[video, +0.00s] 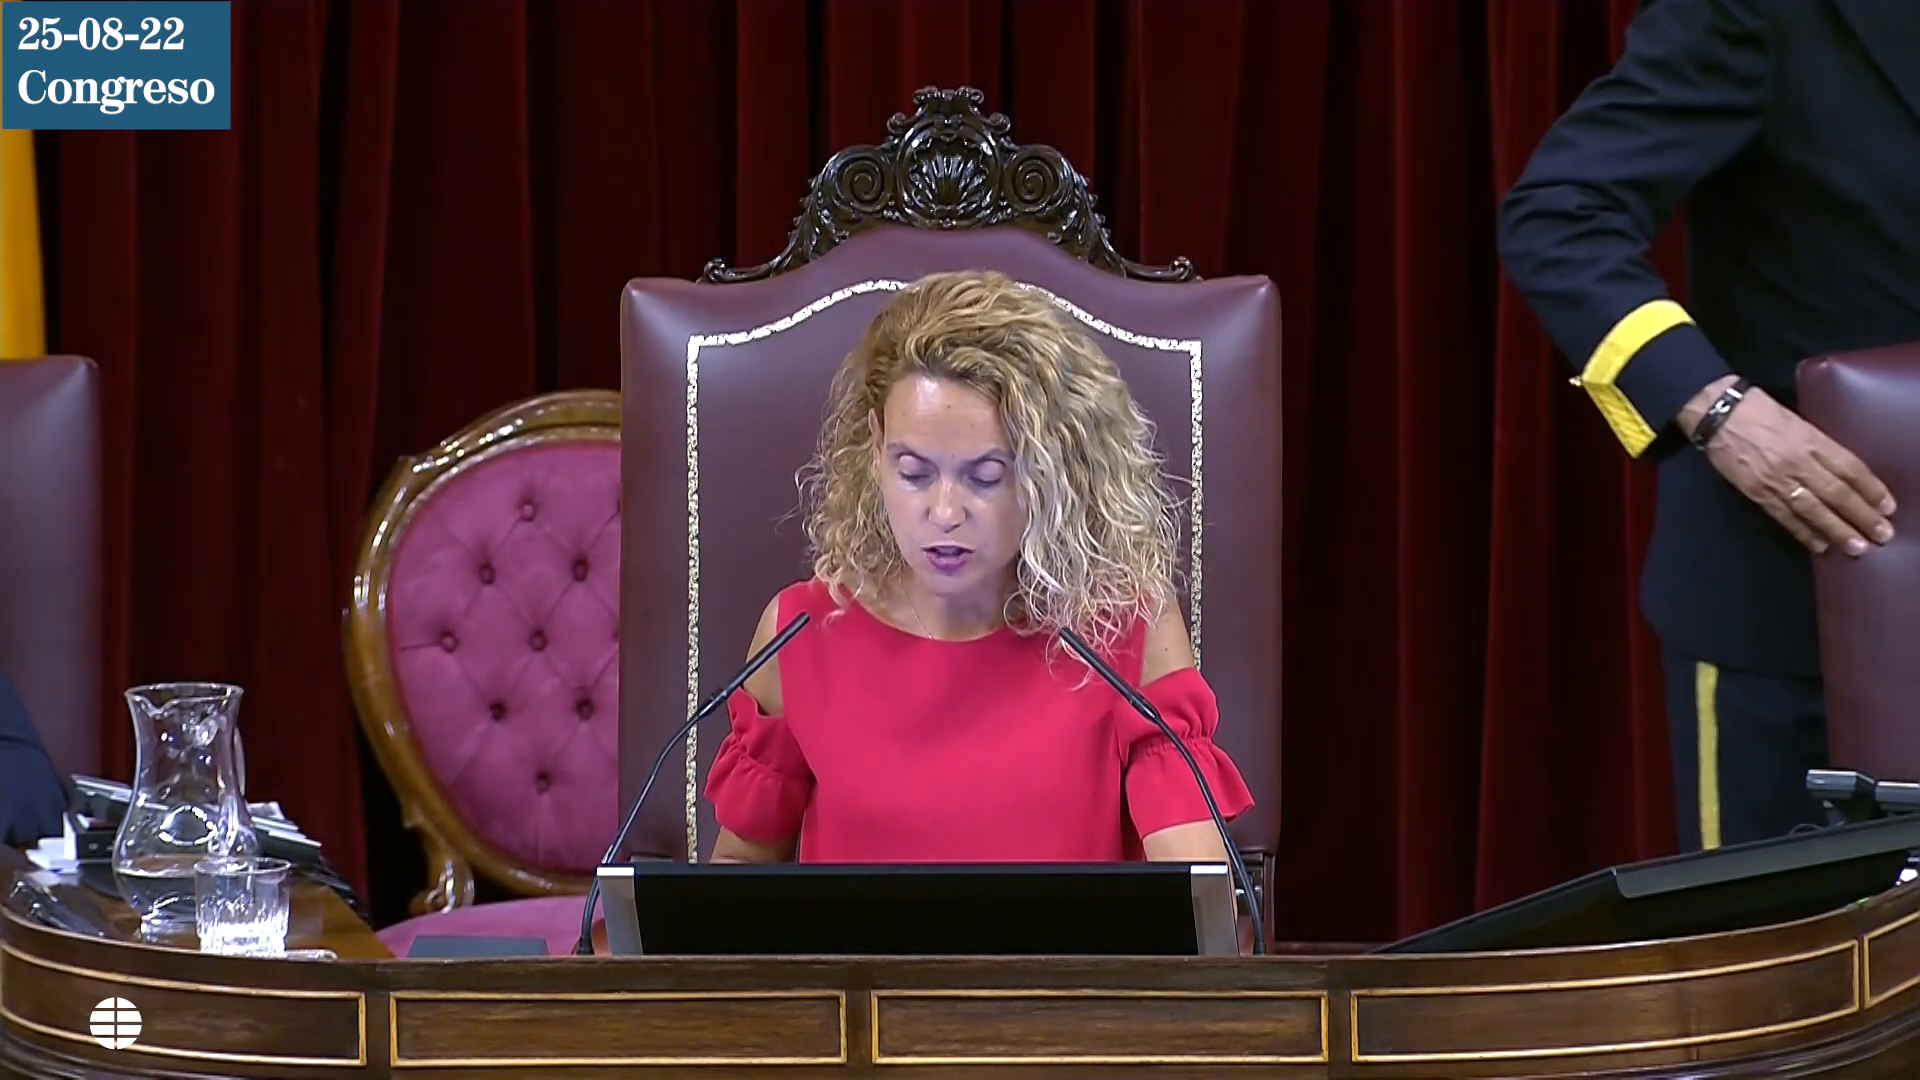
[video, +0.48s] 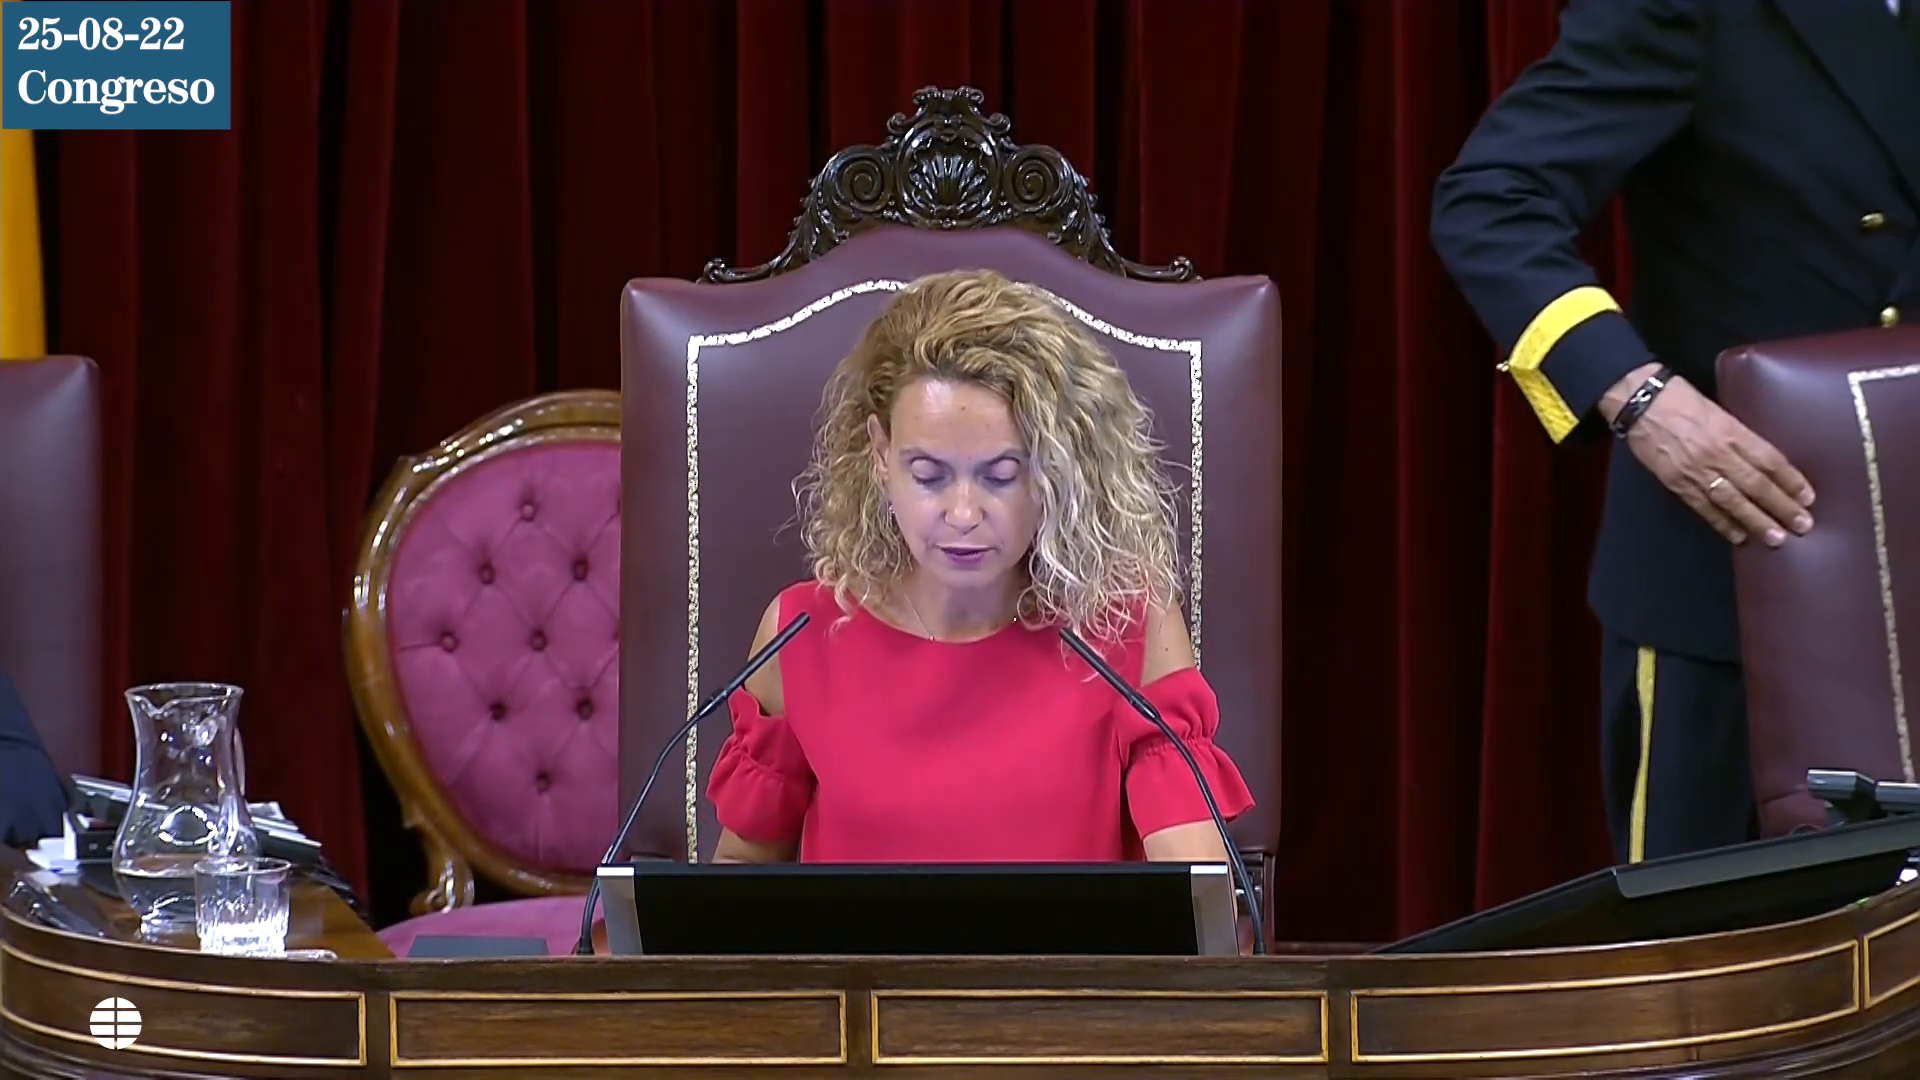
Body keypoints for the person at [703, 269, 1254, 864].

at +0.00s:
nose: (946, 512)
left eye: (985, 474)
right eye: (915, 471)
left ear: (1052, 477)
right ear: (874, 464)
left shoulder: (1124, 621)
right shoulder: (803, 629)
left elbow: (1200, 891)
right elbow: (740, 876)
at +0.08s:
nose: (947, 513)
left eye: (987, 474)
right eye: (917, 471)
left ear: (1054, 474)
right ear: (874, 460)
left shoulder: (1125, 621)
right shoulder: (803, 629)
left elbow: (1199, 891)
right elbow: (740, 877)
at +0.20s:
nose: (956, 513)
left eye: (994, 474)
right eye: (924, 473)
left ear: (1056, 470)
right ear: (877, 456)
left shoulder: (1126, 621)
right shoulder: (804, 630)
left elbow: (1200, 893)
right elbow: (739, 882)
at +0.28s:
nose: (962, 514)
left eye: (999, 474)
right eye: (928, 474)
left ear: (1059, 467)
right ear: (878, 458)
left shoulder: (1127, 620)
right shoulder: (803, 630)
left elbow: (1200, 893)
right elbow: (740, 882)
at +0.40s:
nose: (964, 513)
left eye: (1001, 474)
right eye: (931, 474)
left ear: (1058, 466)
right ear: (879, 458)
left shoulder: (1126, 618)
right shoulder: (803, 630)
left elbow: (1200, 891)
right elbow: (740, 883)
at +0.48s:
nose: (964, 512)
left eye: (1000, 474)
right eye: (930, 473)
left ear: (1058, 465)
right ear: (878, 456)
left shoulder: (1126, 621)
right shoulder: (803, 630)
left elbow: (1200, 892)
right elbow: (742, 877)